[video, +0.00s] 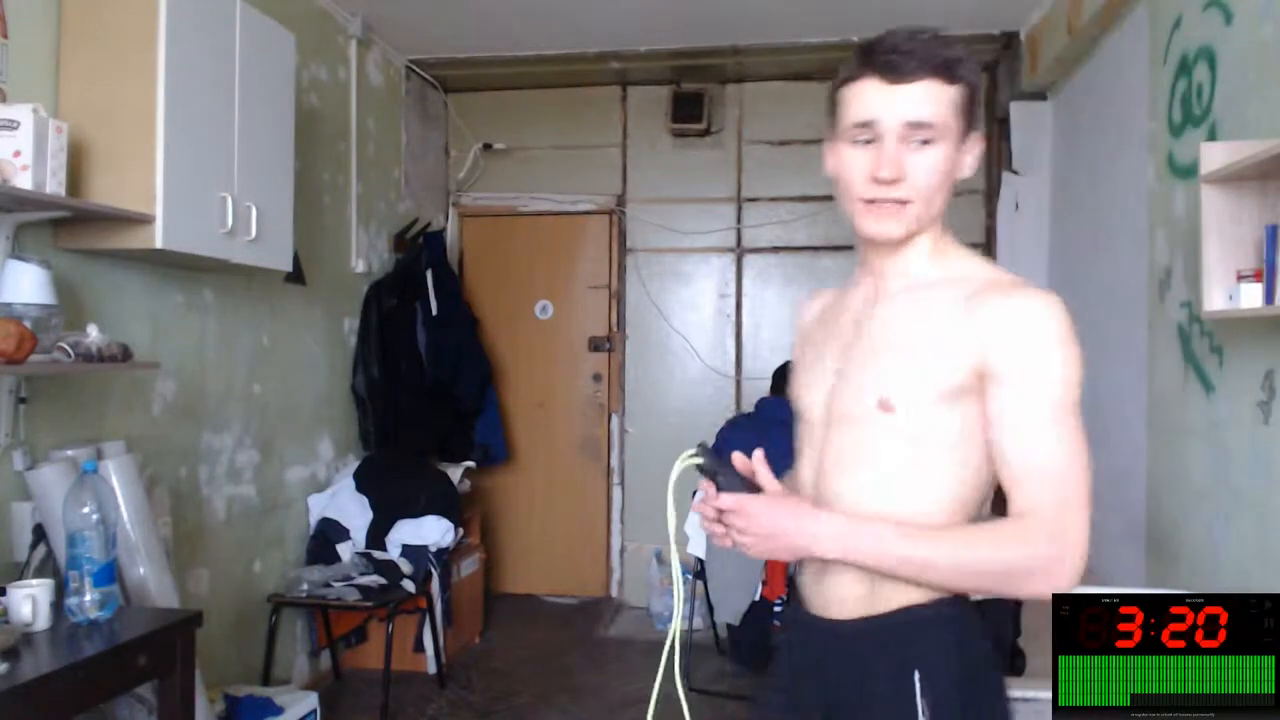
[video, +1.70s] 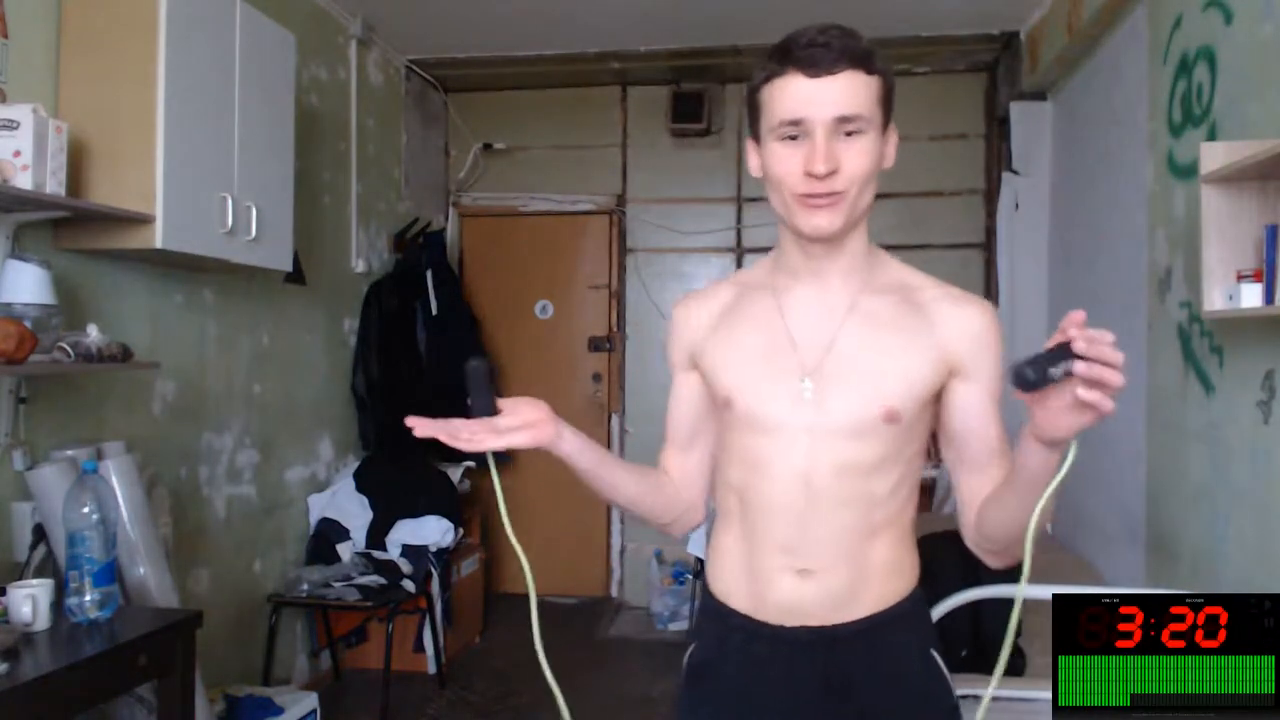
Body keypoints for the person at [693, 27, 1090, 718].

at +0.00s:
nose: (886, 167)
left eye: (921, 140)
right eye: (863, 138)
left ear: (967, 156)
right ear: (829, 156)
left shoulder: (1017, 319)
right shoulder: (817, 318)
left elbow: (1051, 555)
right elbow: (831, 490)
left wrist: (812, 532)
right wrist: (765, 508)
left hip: (923, 660)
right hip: (805, 650)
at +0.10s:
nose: (851, 171)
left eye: (880, 145)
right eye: (828, 145)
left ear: (922, 161)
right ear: (793, 165)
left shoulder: (982, 318)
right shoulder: (767, 319)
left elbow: (1038, 536)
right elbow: (757, 465)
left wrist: (823, 529)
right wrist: (736, 500)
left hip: (895, 653)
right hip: (773, 642)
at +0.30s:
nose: (781, 170)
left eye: (807, 144)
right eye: (755, 149)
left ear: (843, 167)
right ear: (725, 180)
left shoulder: (928, 308)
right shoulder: (707, 330)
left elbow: (992, 498)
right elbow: (685, 480)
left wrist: (848, 513)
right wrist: (679, 503)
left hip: (878, 633)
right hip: (756, 634)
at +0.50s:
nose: (751, 172)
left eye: (773, 148)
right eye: (725, 154)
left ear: (805, 169)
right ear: (696, 184)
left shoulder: (894, 300)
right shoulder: (676, 339)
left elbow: (971, 481)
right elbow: (678, 513)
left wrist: (910, 451)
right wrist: (611, 468)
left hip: (873, 614)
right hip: (747, 619)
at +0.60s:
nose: (744, 172)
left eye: (764, 149)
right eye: (717, 154)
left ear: (794, 170)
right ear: (685, 186)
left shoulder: (883, 296)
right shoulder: (664, 340)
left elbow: (951, 485)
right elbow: (665, 519)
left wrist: (955, 414)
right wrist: (574, 433)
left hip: (873, 608)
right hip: (748, 619)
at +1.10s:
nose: (765, 168)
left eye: (785, 143)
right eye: (737, 155)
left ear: (823, 161)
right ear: (711, 187)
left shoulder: (923, 305)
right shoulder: (701, 338)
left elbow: (985, 508)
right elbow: (682, 519)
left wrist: (1024, 357)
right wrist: (567, 412)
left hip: (883, 639)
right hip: (749, 641)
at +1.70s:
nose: (819, 161)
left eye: (846, 132)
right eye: (792, 134)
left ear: (887, 151)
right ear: (756, 156)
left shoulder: (957, 325)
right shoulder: (704, 318)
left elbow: (993, 540)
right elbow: (677, 503)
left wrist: (1044, 442)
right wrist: (558, 434)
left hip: (884, 660)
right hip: (735, 659)